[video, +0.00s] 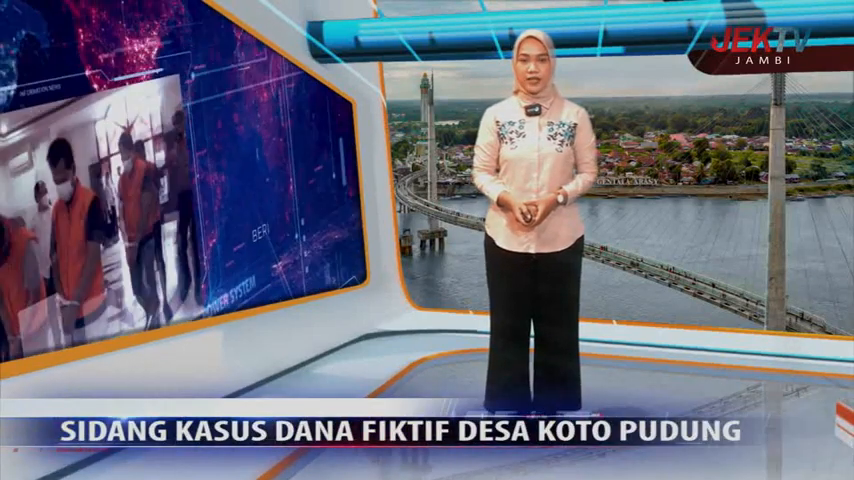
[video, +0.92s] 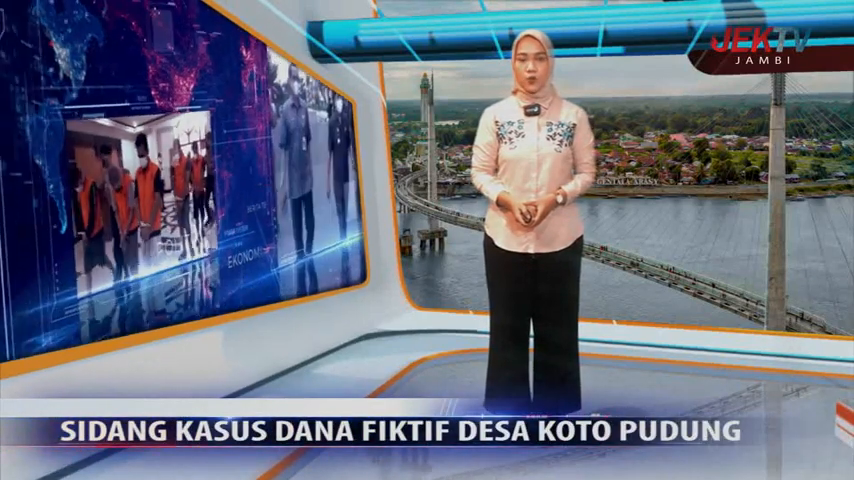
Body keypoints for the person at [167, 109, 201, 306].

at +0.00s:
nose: (179, 124)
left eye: (181, 120)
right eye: (176, 121)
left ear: (187, 122)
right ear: (174, 123)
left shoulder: (194, 140)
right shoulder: (172, 142)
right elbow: (169, 165)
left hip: (195, 190)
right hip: (180, 193)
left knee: (198, 240)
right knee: (181, 242)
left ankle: (201, 285)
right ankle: (184, 283)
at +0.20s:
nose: (192, 126)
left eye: (194, 122)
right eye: (190, 122)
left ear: (198, 123)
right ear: (187, 124)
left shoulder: (205, 142)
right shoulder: (185, 147)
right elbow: (185, 168)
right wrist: (185, 187)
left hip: (205, 182)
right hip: (192, 184)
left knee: (208, 225)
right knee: (194, 228)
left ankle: (212, 266)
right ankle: (196, 268)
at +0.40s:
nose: (198, 134)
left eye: (199, 131)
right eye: (197, 131)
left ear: (203, 131)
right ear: (195, 133)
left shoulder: (208, 147)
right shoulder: (194, 149)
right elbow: (190, 168)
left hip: (207, 183)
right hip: (198, 185)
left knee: (209, 222)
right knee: (201, 223)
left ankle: (213, 254)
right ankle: (203, 256)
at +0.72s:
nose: (205, 138)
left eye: (206, 135)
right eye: (204, 135)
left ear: (209, 135)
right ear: (202, 136)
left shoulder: (211, 148)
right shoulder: (203, 149)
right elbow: (200, 165)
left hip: (212, 177)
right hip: (205, 178)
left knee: (214, 207)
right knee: (207, 208)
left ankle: (217, 232)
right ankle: (208, 234)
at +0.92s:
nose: (207, 145)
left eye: (209, 143)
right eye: (206, 143)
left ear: (212, 143)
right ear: (206, 144)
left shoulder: (215, 154)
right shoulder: (206, 156)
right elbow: (203, 168)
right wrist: (201, 177)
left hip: (216, 176)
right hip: (209, 177)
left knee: (216, 198)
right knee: (206, 200)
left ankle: (219, 215)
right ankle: (210, 216)